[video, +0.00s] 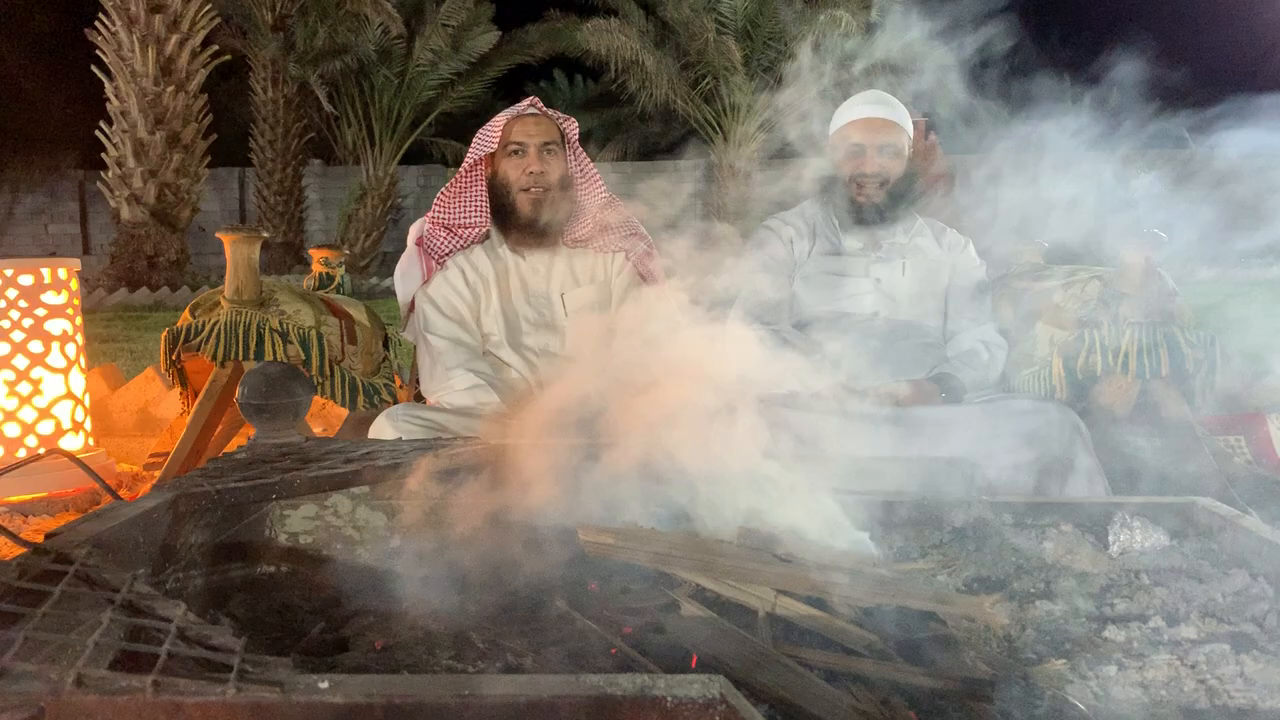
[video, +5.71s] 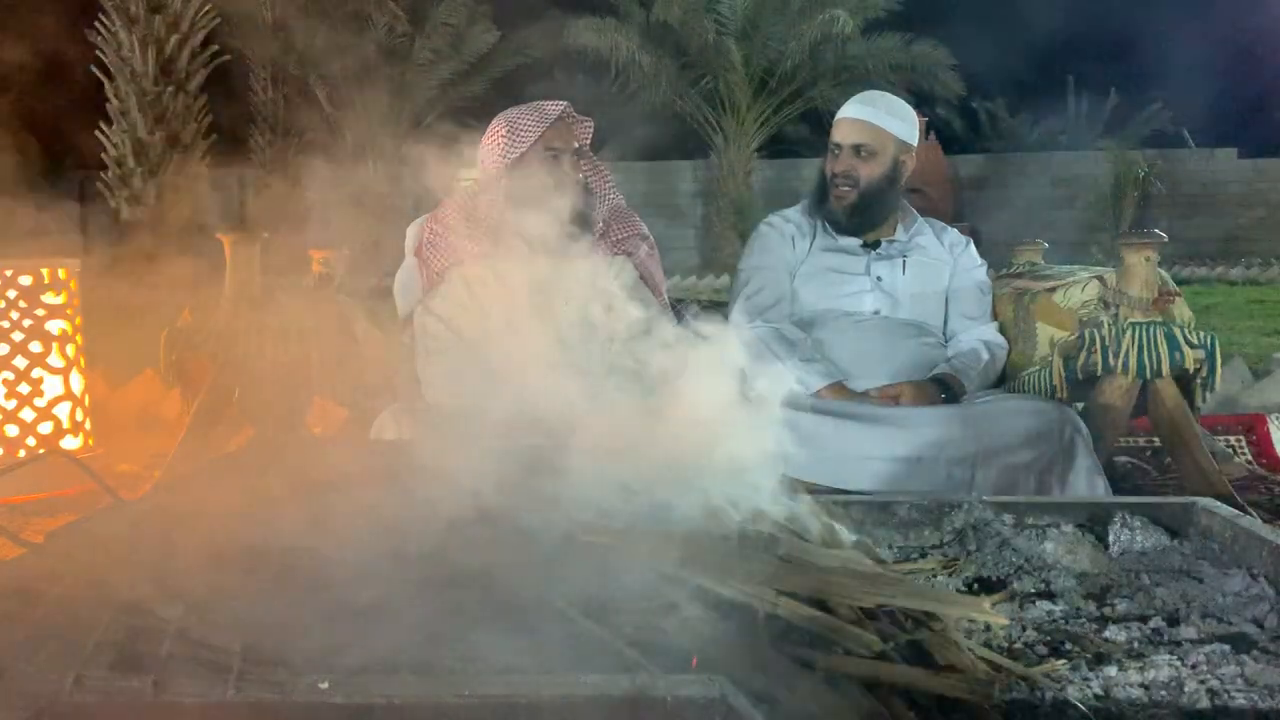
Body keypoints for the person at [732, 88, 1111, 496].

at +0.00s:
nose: (869, 167)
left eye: (886, 153)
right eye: (855, 152)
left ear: (909, 162)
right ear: (833, 155)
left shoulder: (951, 249)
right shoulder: (788, 235)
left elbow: (983, 350)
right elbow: (748, 339)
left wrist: (931, 390)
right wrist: (817, 388)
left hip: (930, 421)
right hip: (822, 417)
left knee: (1053, 426)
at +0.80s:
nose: (871, 165)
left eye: (888, 150)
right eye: (855, 150)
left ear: (909, 160)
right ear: (833, 159)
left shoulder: (951, 248)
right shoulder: (785, 235)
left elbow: (980, 340)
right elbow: (754, 333)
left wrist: (939, 387)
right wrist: (833, 396)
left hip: (936, 419)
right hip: (825, 418)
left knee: (1056, 426)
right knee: (740, 426)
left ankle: (1091, 569)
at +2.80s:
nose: (872, 167)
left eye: (888, 153)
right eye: (857, 152)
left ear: (910, 161)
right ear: (835, 157)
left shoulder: (952, 249)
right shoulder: (786, 236)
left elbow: (981, 343)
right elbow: (754, 338)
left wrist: (938, 389)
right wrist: (838, 397)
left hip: (935, 421)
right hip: (821, 418)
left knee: (1054, 425)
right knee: (745, 433)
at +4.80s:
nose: (839, 167)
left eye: (858, 153)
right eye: (833, 152)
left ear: (903, 162)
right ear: (824, 156)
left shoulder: (952, 251)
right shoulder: (782, 238)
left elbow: (982, 348)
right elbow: (752, 342)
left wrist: (927, 391)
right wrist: (821, 392)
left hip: (933, 422)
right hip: (819, 418)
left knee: (1056, 428)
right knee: (739, 425)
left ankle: (1085, 575)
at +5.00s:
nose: (838, 167)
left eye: (857, 154)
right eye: (832, 152)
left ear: (901, 163)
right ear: (823, 156)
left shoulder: (952, 251)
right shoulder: (784, 237)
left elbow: (983, 345)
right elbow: (750, 343)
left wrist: (934, 387)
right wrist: (825, 392)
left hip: (931, 427)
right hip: (822, 427)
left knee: (1053, 427)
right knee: (741, 425)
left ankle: (1092, 574)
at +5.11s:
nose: (837, 166)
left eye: (857, 153)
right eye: (832, 151)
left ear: (900, 164)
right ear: (822, 156)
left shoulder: (952, 251)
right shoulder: (784, 236)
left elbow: (982, 342)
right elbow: (750, 335)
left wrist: (941, 384)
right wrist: (828, 394)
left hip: (934, 427)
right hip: (826, 428)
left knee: (1054, 427)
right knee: (741, 430)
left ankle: (1080, 579)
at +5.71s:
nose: (839, 168)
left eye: (861, 154)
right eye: (834, 152)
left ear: (905, 164)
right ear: (825, 155)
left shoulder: (952, 248)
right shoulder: (784, 234)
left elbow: (980, 342)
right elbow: (757, 330)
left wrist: (938, 388)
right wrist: (833, 394)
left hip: (934, 418)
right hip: (824, 414)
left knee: (1054, 426)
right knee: (760, 435)